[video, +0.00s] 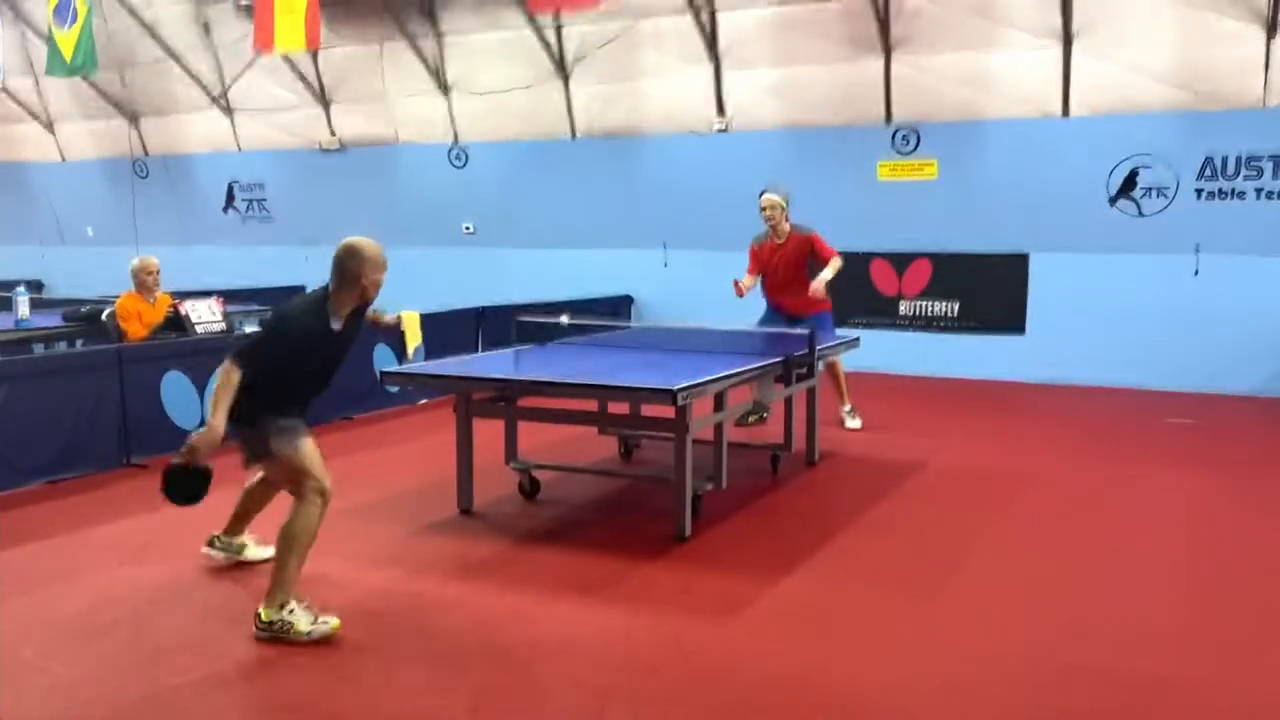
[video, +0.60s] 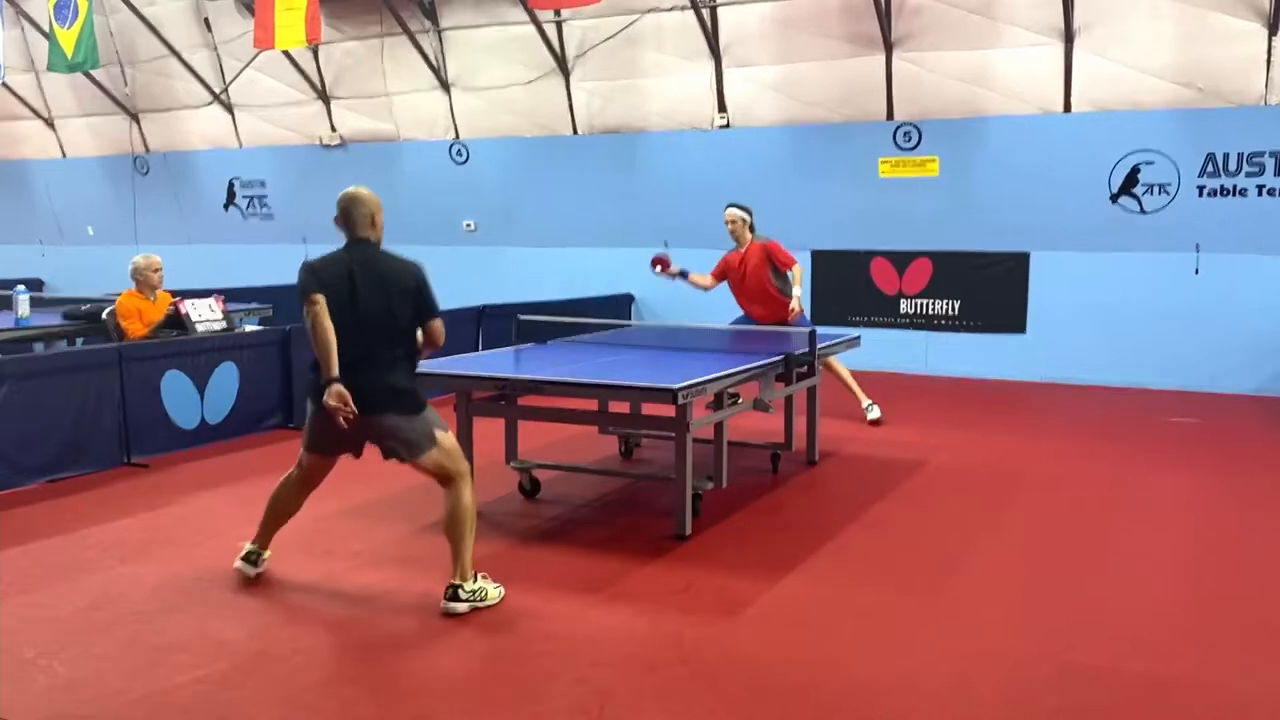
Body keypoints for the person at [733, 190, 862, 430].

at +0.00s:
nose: (768, 214)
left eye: (773, 208)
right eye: (764, 209)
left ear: (785, 211)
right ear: (760, 213)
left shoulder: (806, 238)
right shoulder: (759, 244)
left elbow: (836, 260)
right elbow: (752, 274)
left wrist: (822, 279)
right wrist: (744, 286)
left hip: (815, 311)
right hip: (778, 311)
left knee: (828, 354)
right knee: (755, 349)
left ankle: (847, 407)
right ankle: (759, 405)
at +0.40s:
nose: (750, 229)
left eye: (754, 223)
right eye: (747, 225)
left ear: (768, 223)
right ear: (747, 229)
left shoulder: (785, 249)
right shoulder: (757, 258)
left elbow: (813, 272)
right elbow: (743, 285)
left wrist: (807, 301)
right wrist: (713, 294)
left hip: (807, 322)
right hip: (776, 321)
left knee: (832, 368)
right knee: (731, 346)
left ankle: (878, 407)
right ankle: (726, 393)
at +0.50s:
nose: (739, 233)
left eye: (743, 228)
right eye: (736, 229)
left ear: (757, 228)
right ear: (737, 232)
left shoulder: (775, 253)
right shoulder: (744, 264)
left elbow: (804, 274)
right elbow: (724, 285)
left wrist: (804, 304)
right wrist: (692, 287)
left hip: (796, 328)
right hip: (769, 330)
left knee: (829, 366)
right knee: (727, 346)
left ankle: (877, 407)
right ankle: (728, 393)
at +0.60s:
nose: (729, 226)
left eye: (734, 221)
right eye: (727, 222)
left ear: (747, 222)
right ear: (726, 226)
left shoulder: (767, 247)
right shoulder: (728, 260)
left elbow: (794, 268)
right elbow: (707, 283)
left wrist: (796, 296)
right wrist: (680, 273)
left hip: (788, 319)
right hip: (754, 322)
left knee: (824, 357)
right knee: (716, 344)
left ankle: (865, 402)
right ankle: (729, 392)